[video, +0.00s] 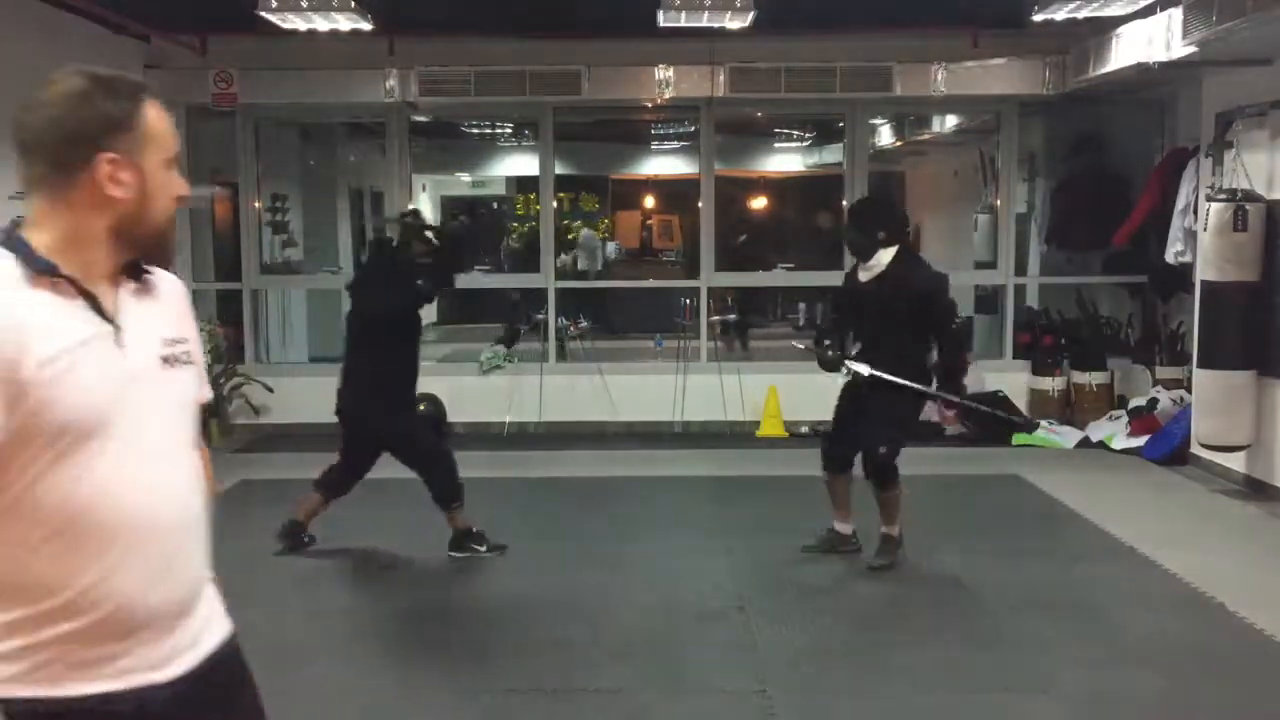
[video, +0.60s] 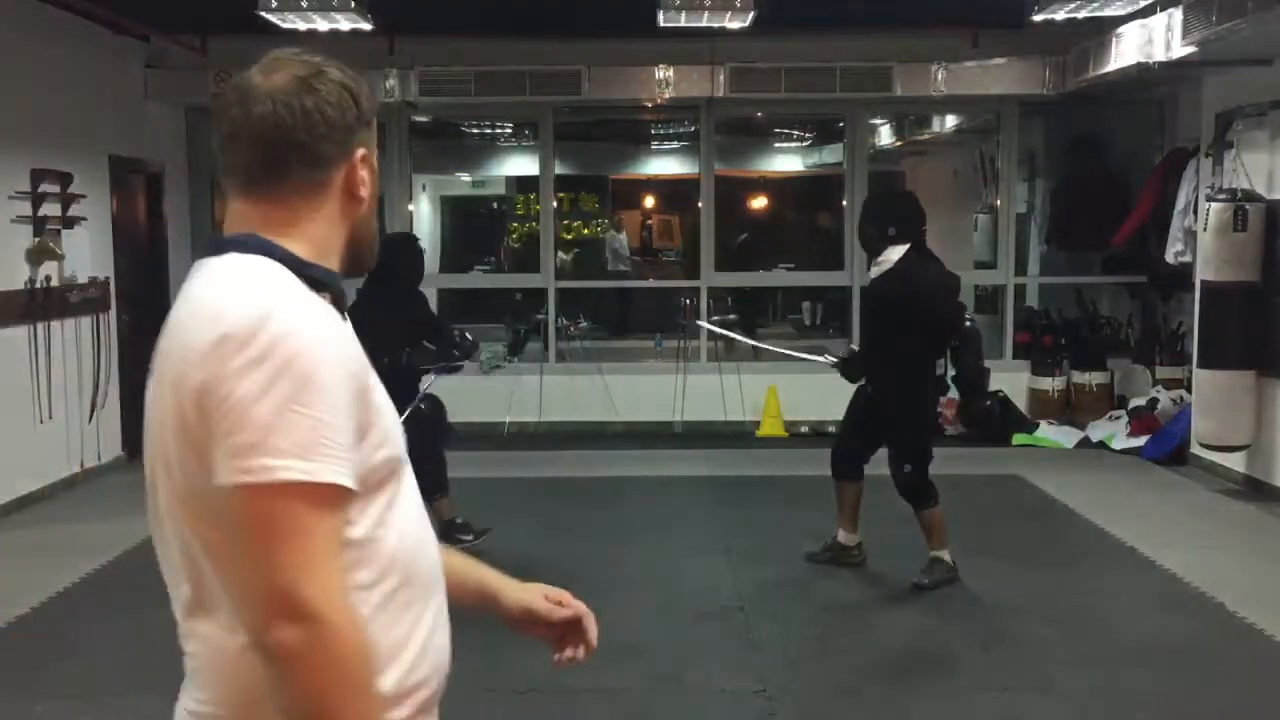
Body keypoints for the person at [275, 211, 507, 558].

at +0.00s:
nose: (427, 260)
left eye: (428, 254)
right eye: (422, 254)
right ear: (407, 256)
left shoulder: (370, 287)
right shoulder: (393, 292)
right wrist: (428, 282)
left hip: (360, 403)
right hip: (385, 405)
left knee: (350, 467)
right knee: (437, 462)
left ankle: (296, 524)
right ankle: (462, 533)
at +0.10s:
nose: (430, 275)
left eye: (430, 270)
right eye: (426, 270)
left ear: (388, 267)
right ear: (414, 271)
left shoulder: (370, 298)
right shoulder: (417, 301)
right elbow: (466, 311)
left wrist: (422, 396)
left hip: (374, 405)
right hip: (406, 407)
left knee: (375, 463)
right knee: (459, 454)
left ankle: (312, 507)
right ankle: (466, 533)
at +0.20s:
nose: (440, 277)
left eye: (438, 271)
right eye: (435, 271)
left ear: (402, 270)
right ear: (427, 272)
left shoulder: (390, 304)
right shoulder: (424, 303)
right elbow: (465, 342)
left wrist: (430, 399)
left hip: (382, 404)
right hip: (409, 405)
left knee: (394, 458)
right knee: (462, 453)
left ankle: (334, 499)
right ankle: (466, 532)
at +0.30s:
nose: (438, 283)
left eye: (437, 277)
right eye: (434, 276)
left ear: (401, 277)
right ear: (423, 278)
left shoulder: (388, 316)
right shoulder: (426, 312)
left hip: (386, 407)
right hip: (411, 407)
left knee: (406, 456)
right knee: (464, 453)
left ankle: (352, 504)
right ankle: (466, 532)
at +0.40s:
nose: (437, 281)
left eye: (435, 275)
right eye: (432, 275)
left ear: (399, 276)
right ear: (420, 278)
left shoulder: (394, 305)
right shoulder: (416, 308)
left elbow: (439, 347)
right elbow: (439, 352)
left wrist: (478, 367)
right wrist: (481, 369)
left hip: (391, 402)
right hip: (412, 405)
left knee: (403, 459)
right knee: (461, 452)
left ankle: (347, 504)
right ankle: (466, 532)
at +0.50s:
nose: (430, 276)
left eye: (428, 269)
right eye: (425, 269)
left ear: (389, 271)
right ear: (413, 272)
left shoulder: (374, 302)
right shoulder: (409, 306)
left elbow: (438, 338)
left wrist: (469, 357)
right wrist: (462, 362)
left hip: (380, 395)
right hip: (410, 398)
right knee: (445, 456)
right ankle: (463, 529)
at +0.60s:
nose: (422, 264)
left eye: (421, 257)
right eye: (416, 258)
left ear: (385, 261)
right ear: (400, 262)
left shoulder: (413, 298)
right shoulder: (375, 301)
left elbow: (432, 330)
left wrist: (453, 344)